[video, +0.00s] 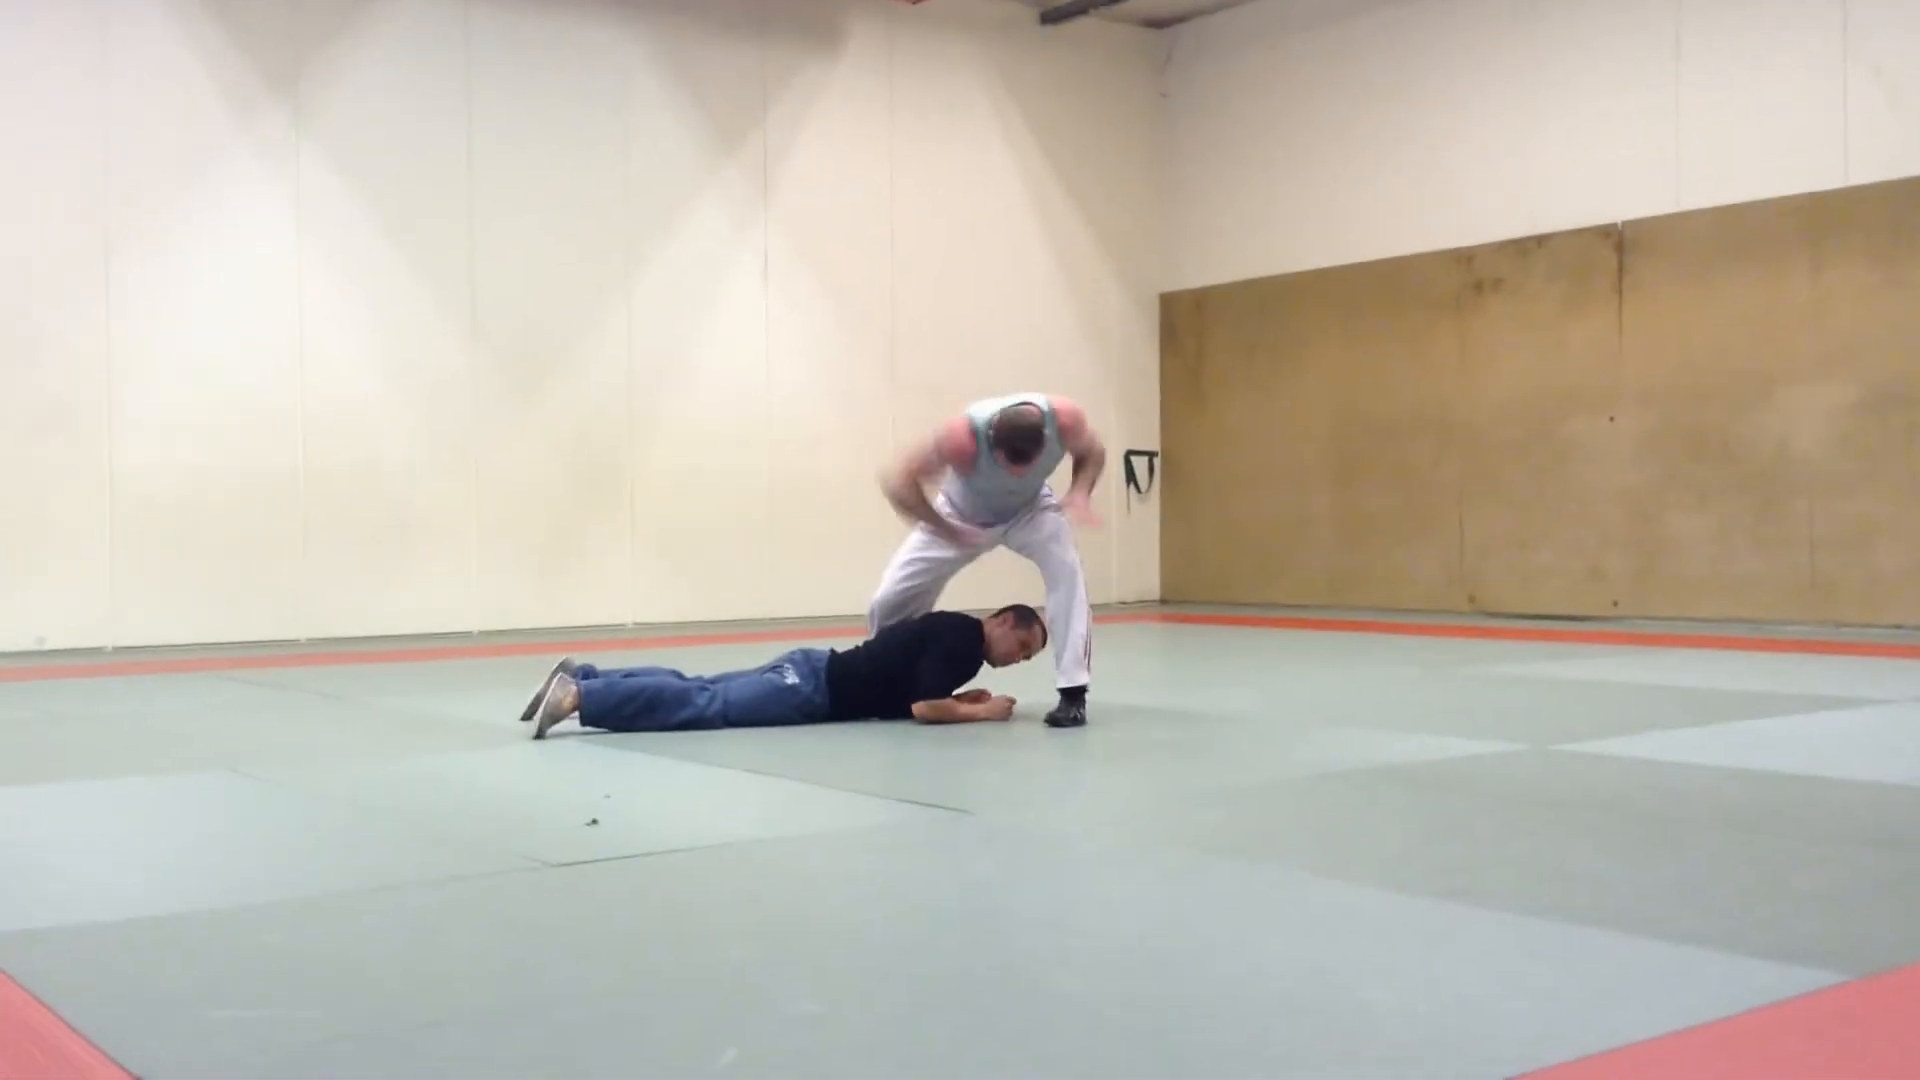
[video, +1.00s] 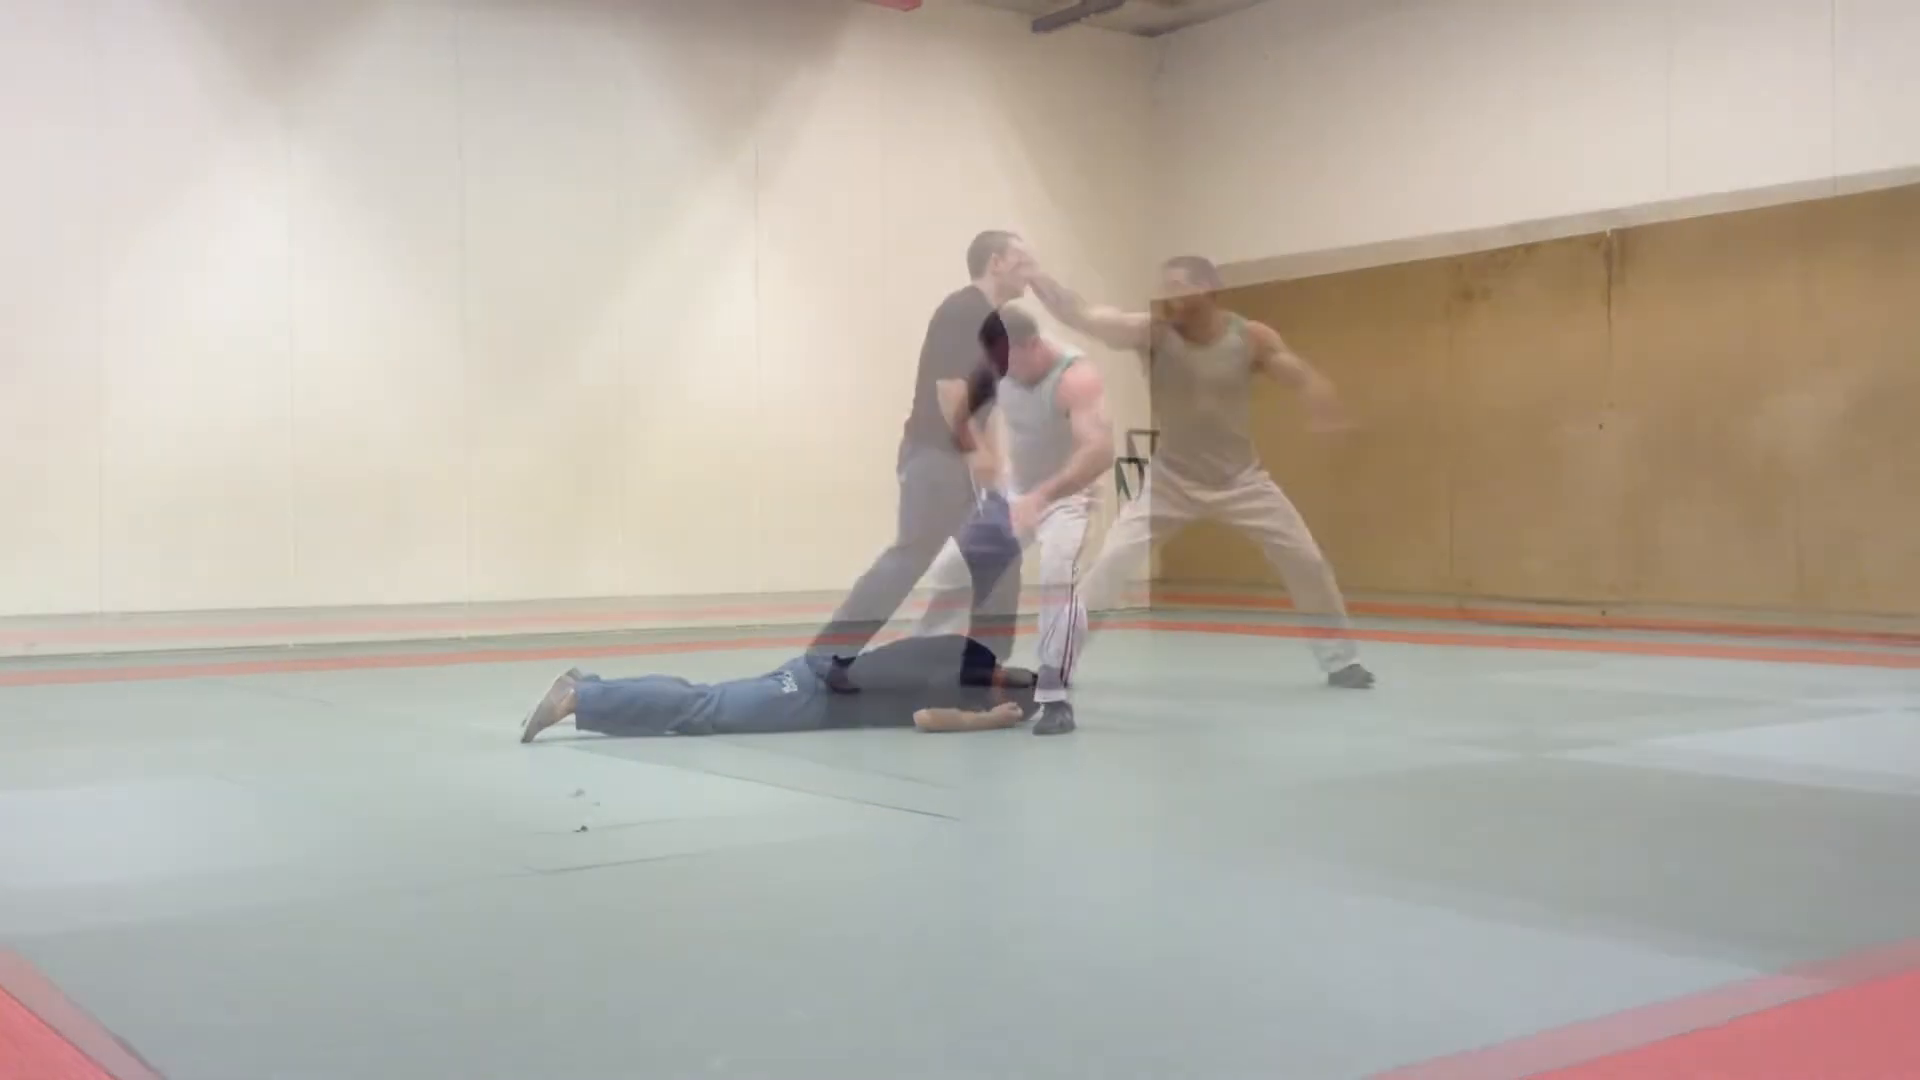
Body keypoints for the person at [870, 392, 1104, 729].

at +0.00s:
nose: (1018, 472)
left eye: (1026, 465)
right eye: (1010, 464)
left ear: (1042, 445)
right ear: (996, 444)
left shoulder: (1065, 421)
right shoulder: (964, 437)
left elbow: (1091, 454)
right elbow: (898, 481)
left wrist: (1078, 495)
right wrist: (950, 532)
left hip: (1029, 513)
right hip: (961, 519)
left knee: (1065, 568)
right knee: (888, 605)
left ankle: (1073, 693)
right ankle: (889, 691)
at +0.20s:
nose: (1020, 461)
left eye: (1028, 454)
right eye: (1013, 454)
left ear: (1041, 436)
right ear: (997, 437)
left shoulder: (1060, 405)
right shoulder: (965, 436)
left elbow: (1089, 428)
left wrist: (1088, 466)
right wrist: (970, 563)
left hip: (1033, 510)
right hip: (966, 516)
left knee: (1069, 568)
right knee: (893, 608)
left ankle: (1075, 694)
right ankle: (884, 691)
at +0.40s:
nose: (991, 453)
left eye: (997, 446)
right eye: (982, 445)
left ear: (1014, 425)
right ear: (968, 418)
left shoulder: (1047, 431)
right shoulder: (956, 389)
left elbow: (1090, 488)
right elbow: (893, 361)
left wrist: (1060, 531)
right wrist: (896, 414)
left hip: (1023, 516)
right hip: (957, 517)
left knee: (1057, 574)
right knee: (888, 601)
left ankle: (1067, 698)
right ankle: (879, 686)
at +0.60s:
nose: (984, 441)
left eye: (991, 434)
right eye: (977, 434)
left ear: (1009, 413)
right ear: (963, 414)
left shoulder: (1042, 423)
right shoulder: (947, 395)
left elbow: (1090, 479)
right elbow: (885, 386)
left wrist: (1056, 523)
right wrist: (891, 434)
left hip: (1021, 517)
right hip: (956, 519)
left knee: (1052, 576)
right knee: (884, 600)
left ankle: (1063, 699)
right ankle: (870, 686)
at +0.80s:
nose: (989, 424)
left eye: (995, 417)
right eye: (981, 417)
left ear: (1015, 393)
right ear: (970, 398)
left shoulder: (1052, 411)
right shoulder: (957, 394)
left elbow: (1103, 469)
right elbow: (899, 408)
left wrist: (1061, 503)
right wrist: (890, 463)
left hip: (1029, 519)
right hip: (966, 523)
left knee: (1058, 576)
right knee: (891, 599)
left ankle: (1059, 697)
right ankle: (867, 680)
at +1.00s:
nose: (1009, 373)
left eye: (1012, 364)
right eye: (1002, 366)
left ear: (1033, 346)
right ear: (999, 355)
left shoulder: (1076, 378)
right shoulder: (1005, 369)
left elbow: (1099, 451)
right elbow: (960, 406)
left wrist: (1040, 498)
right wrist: (977, 450)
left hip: (1066, 499)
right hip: (1008, 493)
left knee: (1056, 577)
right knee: (943, 580)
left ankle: (1054, 697)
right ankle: (922, 680)